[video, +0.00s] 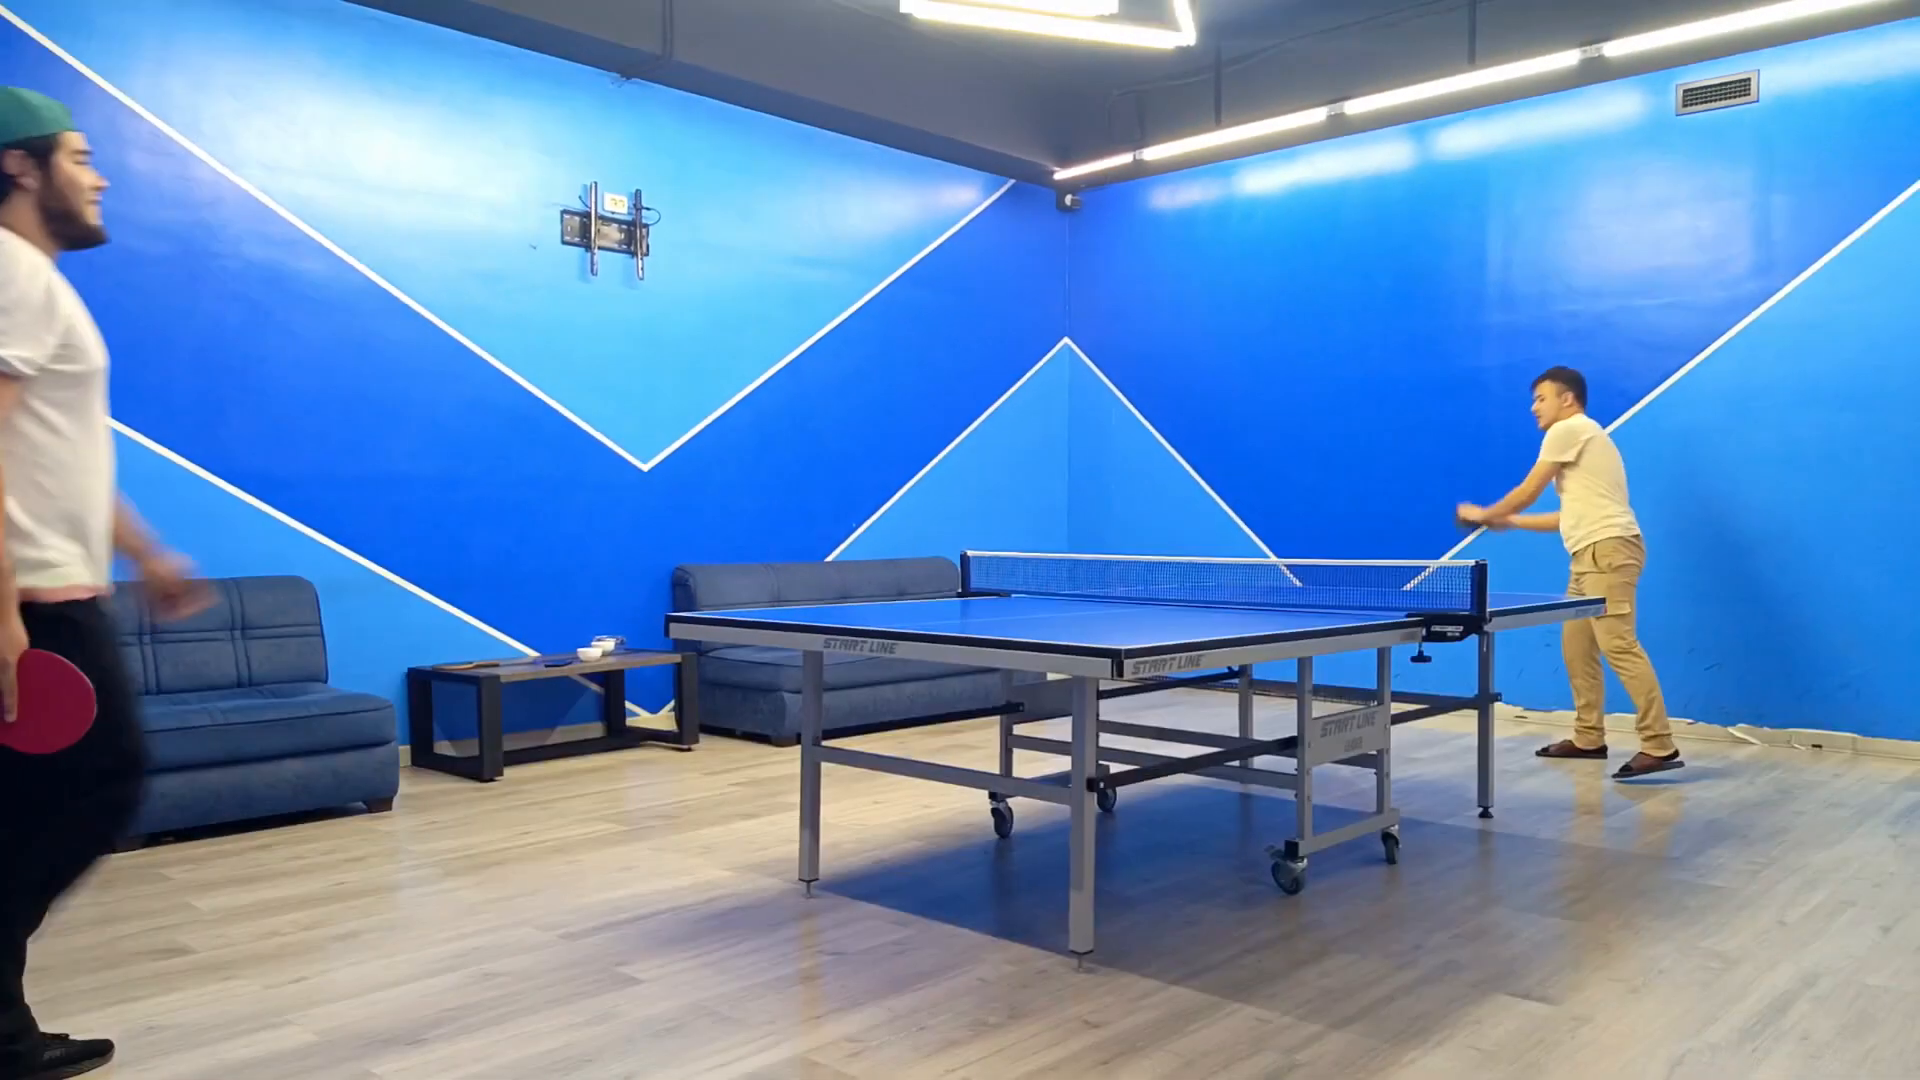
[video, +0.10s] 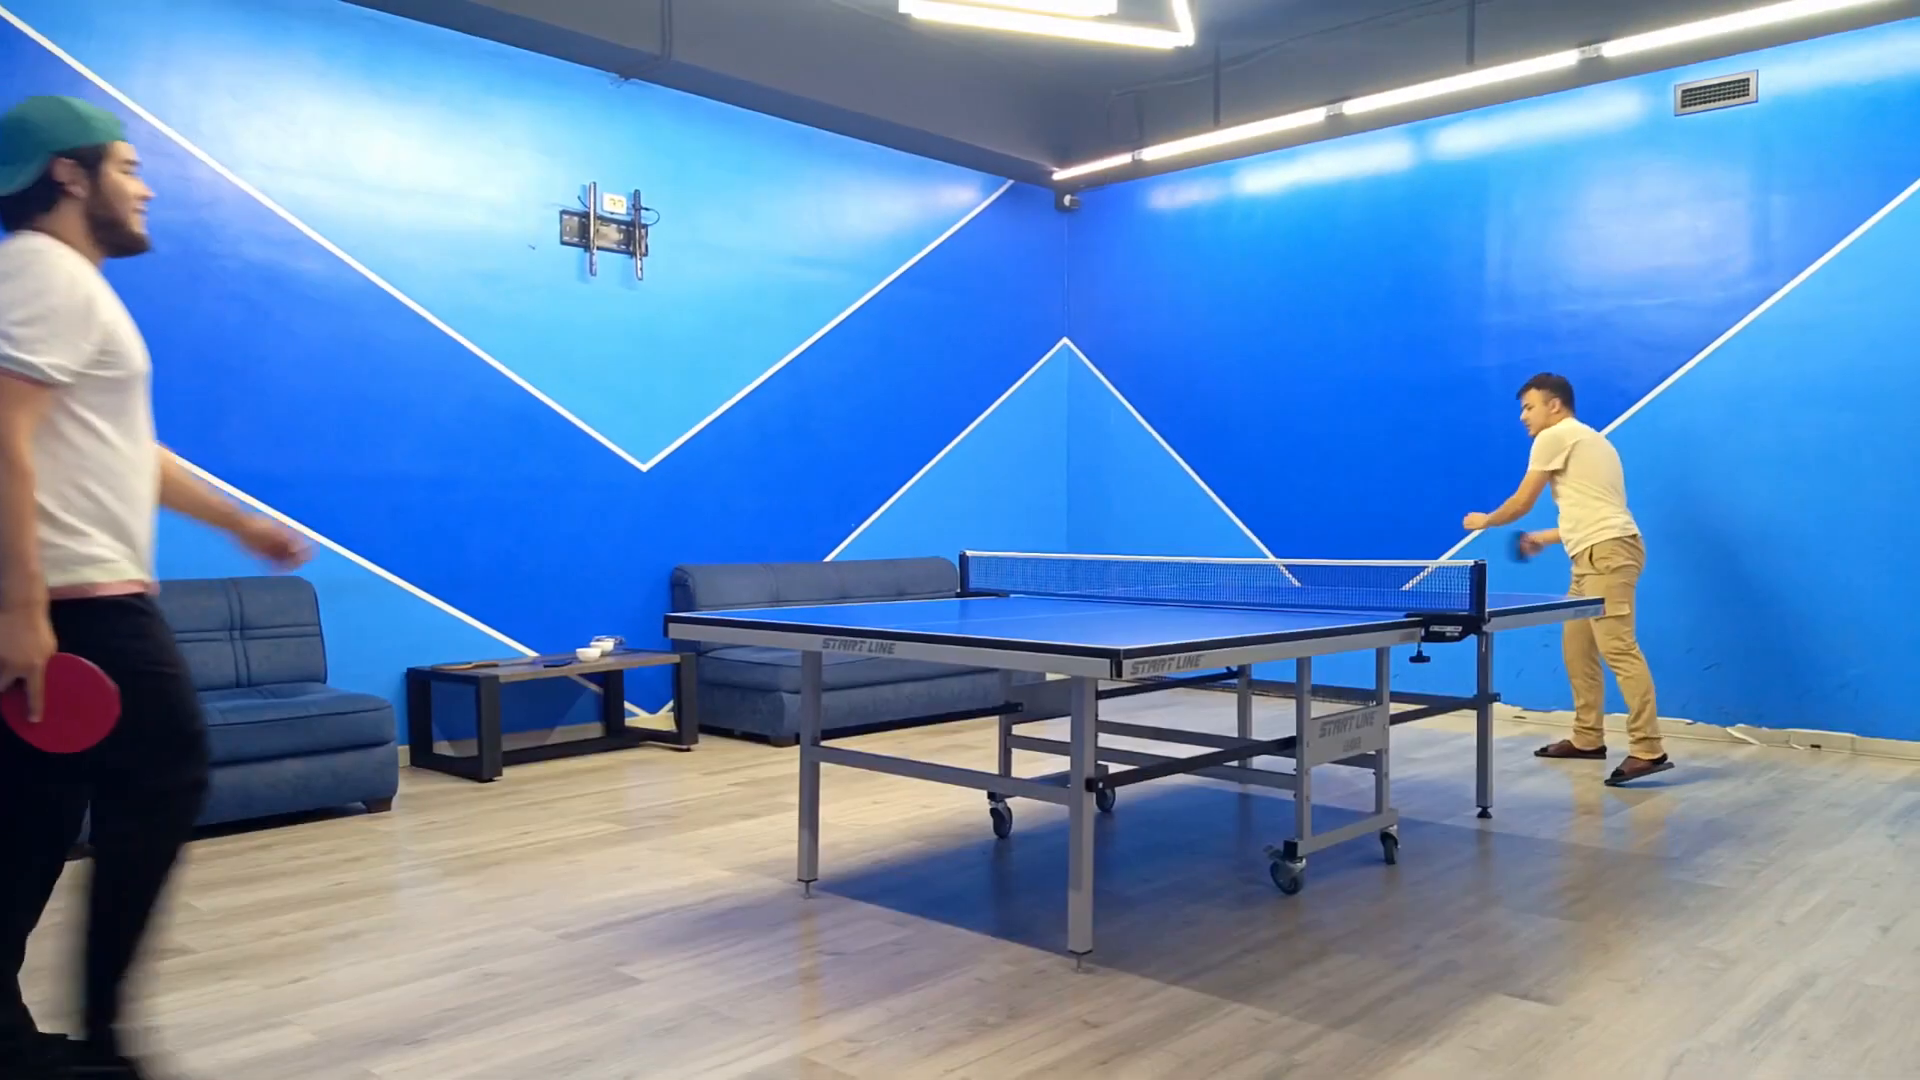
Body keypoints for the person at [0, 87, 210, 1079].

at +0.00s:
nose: (99, 178)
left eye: (91, 160)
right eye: (79, 160)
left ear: (28, 174)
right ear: (23, 172)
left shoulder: (39, 280)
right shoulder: (15, 274)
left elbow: (61, 454)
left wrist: (147, 553)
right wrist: (3, 608)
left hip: (60, 595)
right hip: (40, 601)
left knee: (23, 806)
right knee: (104, 785)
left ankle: (8, 1027)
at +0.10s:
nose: (144, 187)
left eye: (137, 169)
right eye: (127, 169)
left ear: (70, 181)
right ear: (71, 177)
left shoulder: (71, 282)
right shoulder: (44, 273)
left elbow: (123, 452)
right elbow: (10, 435)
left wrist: (245, 519)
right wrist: (23, 606)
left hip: (63, 600)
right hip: (91, 602)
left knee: (36, 814)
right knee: (164, 782)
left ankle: (5, 1013)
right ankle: (97, 1033)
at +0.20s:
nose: (195, 206)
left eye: (191, 187)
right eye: (180, 186)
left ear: (122, 197)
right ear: (124, 193)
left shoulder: (120, 297)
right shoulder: (84, 289)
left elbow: (176, 455)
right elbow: (49, 458)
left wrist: (304, 513)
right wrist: (67, 620)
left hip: (94, 623)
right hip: (134, 628)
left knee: (31, 840)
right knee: (203, 823)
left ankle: (5, 1031)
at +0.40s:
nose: (293, 230)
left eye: (288, 213)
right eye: (279, 212)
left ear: (222, 221)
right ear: (231, 219)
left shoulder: (178, 319)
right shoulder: (206, 322)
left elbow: (240, 485)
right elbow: (179, 485)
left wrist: (346, 552)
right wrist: (189, 639)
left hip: (164, 634)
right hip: (244, 633)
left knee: (117, 829)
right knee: (318, 818)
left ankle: (9, 1018)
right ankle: (385, 1001)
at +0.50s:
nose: (364, 238)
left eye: (360, 220)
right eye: (353, 221)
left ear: (286, 227)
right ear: (311, 225)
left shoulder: (215, 315)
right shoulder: (301, 325)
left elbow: (212, 480)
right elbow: (290, 480)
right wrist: (319, 631)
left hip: (211, 620)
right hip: (294, 621)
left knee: (247, 779)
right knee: (382, 785)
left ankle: (66, 970)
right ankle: (398, 1000)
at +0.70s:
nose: (420, 250)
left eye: (419, 232)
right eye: (414, 232)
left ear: (329, 235)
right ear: (371, 231)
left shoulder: (259, 310)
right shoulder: (357, 326)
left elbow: (244, 457)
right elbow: (364, 474)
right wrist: (455, 598)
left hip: (225, 600)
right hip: (315, 608)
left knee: (286, 758)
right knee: (389, 786)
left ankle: (214, 956)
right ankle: (397, 997)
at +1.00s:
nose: (429, 325)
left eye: (430, 308)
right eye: (423, 307)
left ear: (364, 302)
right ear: (378, 301)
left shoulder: (293, 364)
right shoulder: (320, 384)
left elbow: (277, 521)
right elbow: (281, 535)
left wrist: (345, 603)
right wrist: (398, 631)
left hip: (223, 614)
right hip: (255, 621)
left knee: (316, 770)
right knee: (373, 777)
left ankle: (258, 942)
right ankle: (394, 999)